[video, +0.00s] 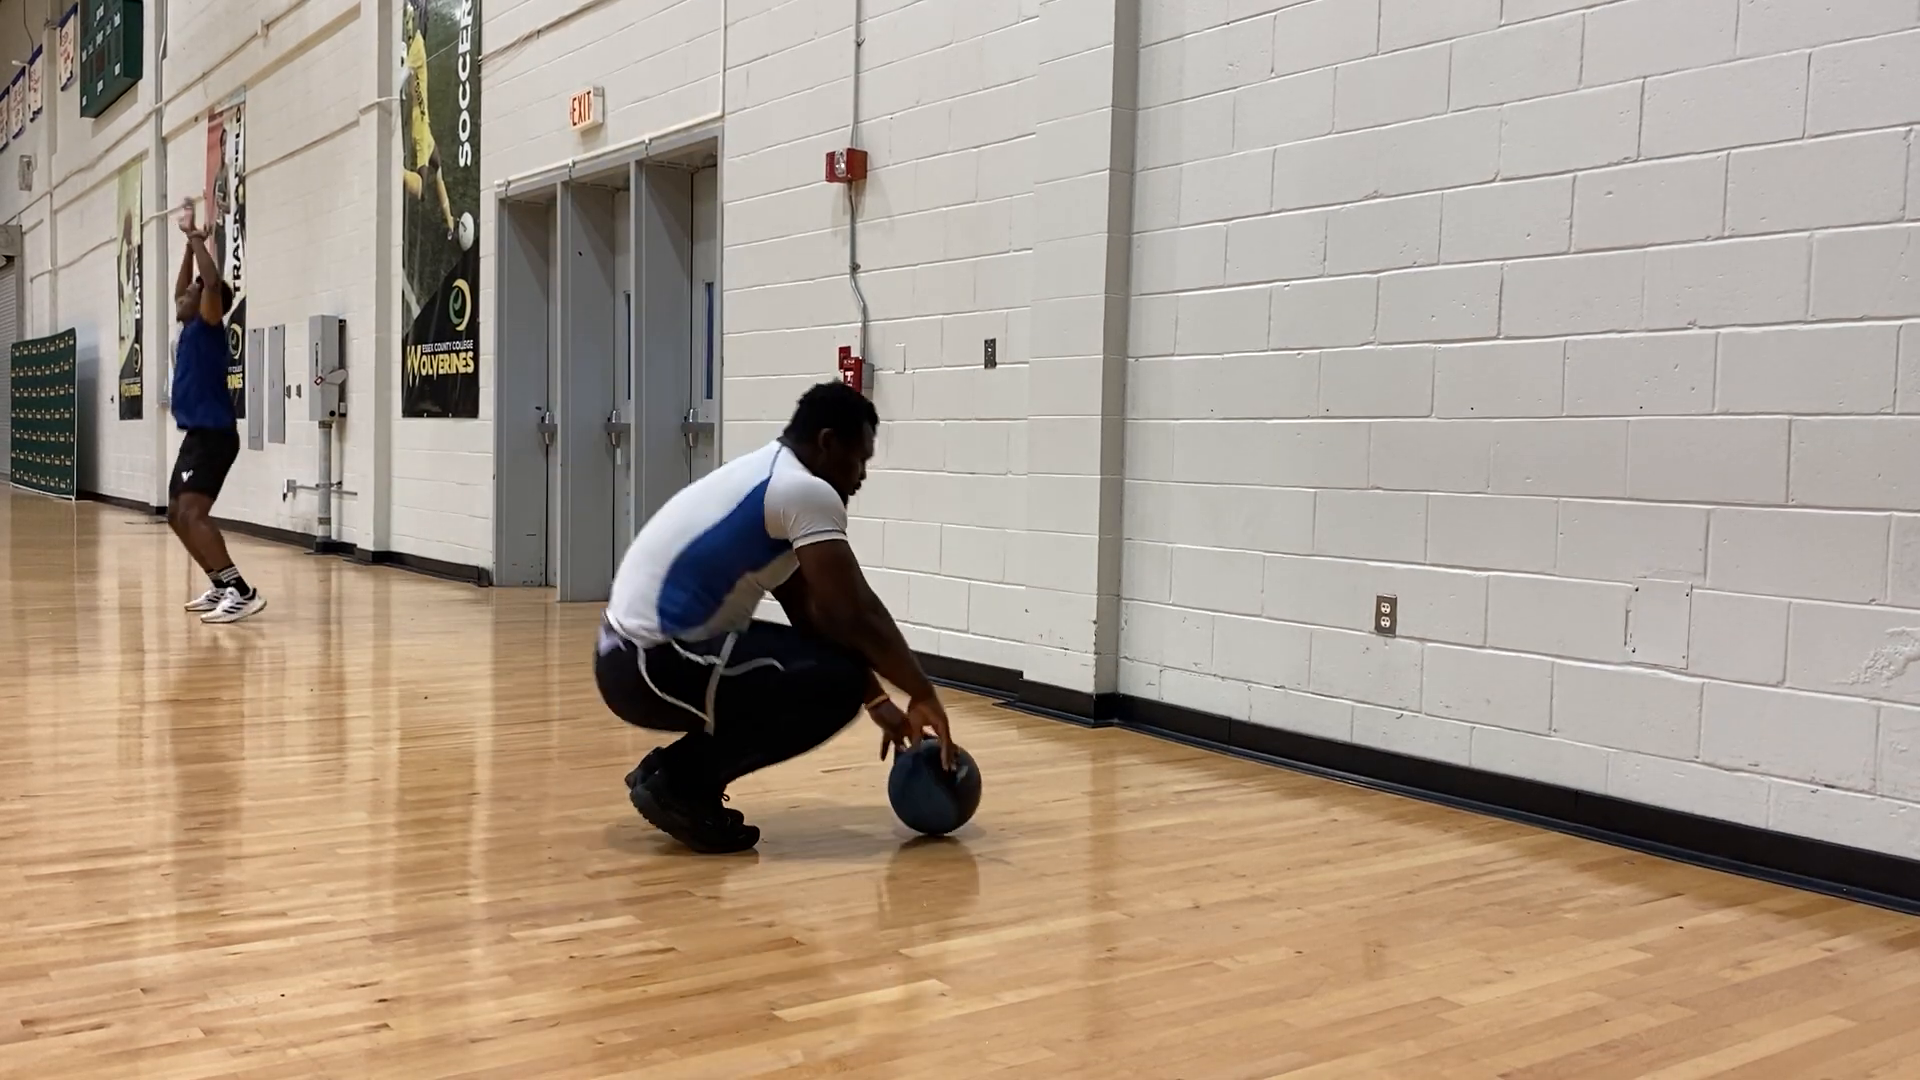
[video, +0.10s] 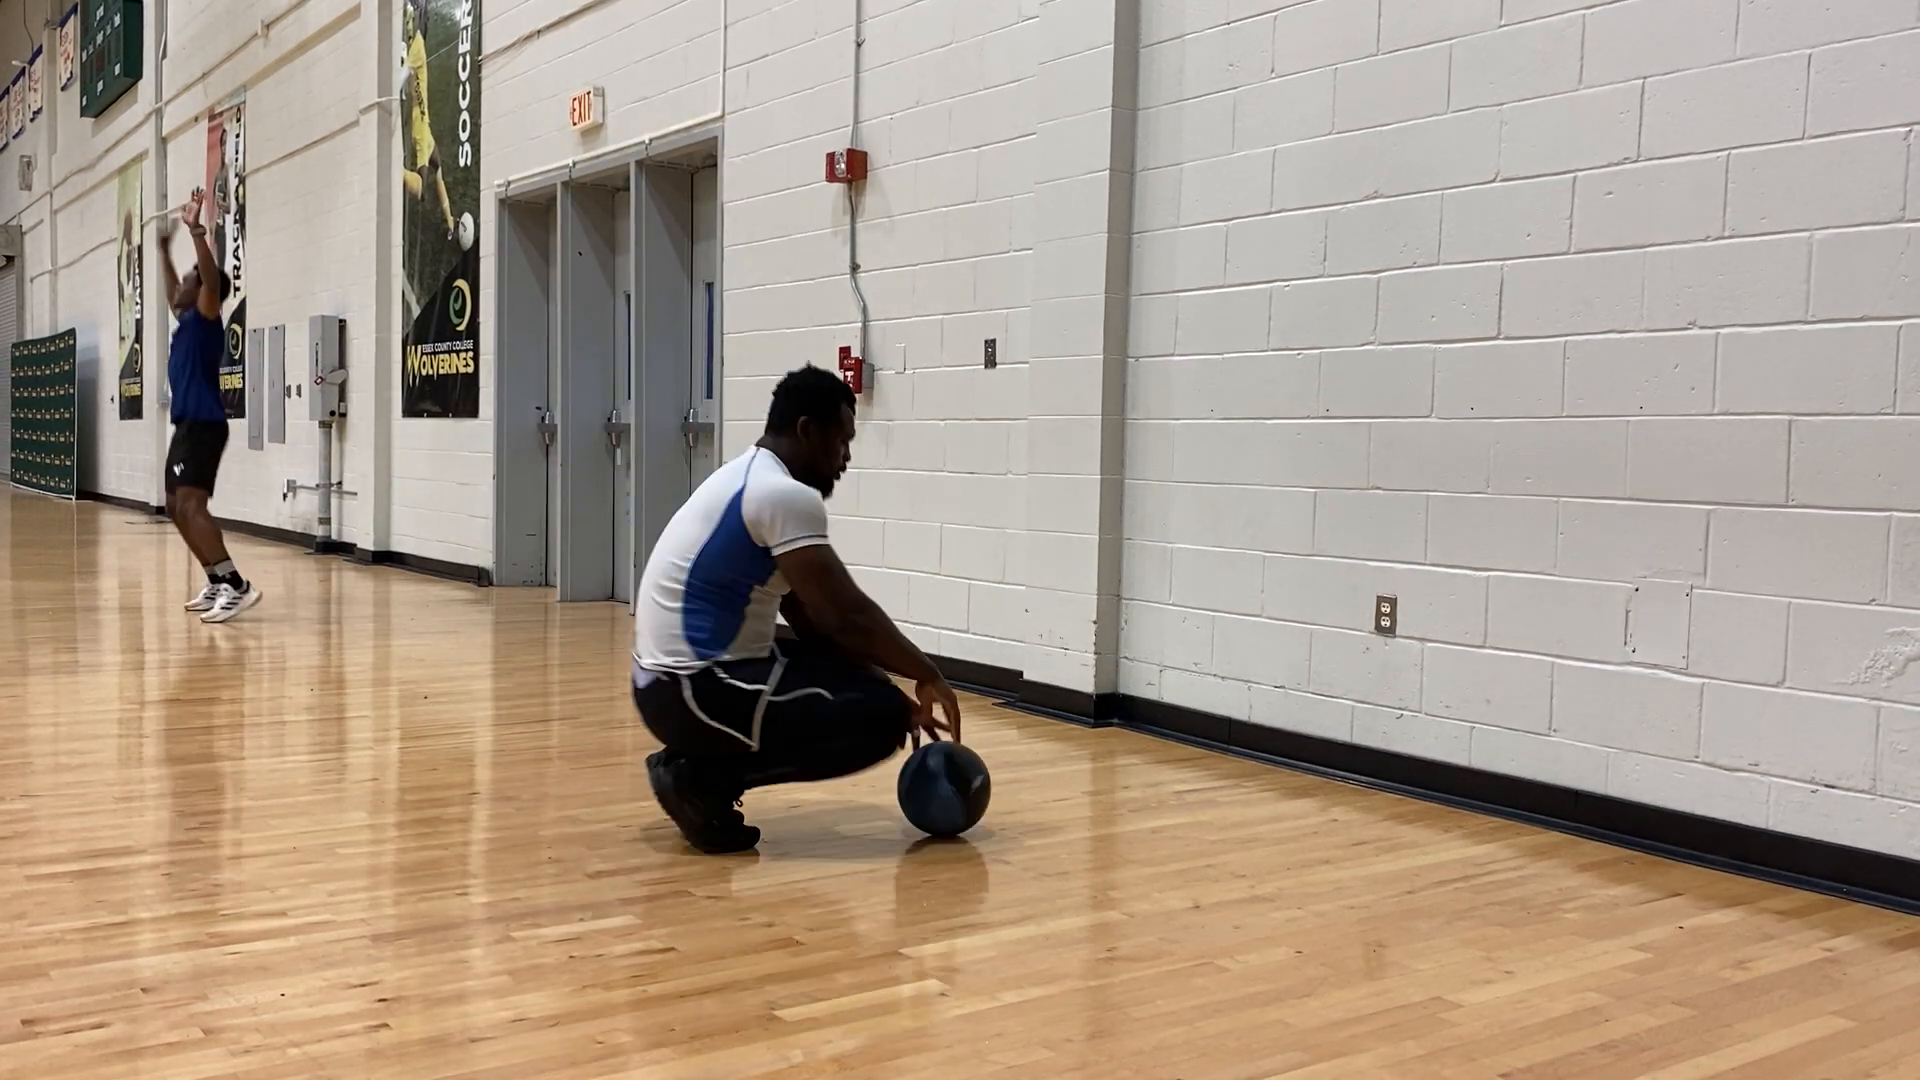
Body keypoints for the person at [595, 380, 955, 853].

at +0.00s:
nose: (863, 475)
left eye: (868, 460)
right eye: (862, 458)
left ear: (816, 440)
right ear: (827, 443)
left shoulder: (765, 474)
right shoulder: (805, 491)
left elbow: (812, 618)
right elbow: (853, 612)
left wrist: (876, 701)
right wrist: (924, 694)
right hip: (656, 664)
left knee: (826, 663)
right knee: (838, 685)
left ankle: (680, 774)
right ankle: (683, 785)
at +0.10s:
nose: (847, 458)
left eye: (849, 444)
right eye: (843, 442)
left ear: (797, 430)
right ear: (805, 430)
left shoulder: (751, 476)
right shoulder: (782, 494)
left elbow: (816, 622)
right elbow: (845, 614)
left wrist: (895, 693)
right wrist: (929, 677)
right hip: (700, 686)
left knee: (867, 688)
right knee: (881, 718)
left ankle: (700, 766)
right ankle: (704, 779)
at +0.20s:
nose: (848, 434)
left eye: (848, 419)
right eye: (842, 418)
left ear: (794, 410)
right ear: (802, 412)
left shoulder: (744, 462)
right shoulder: (776, 480)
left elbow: (802, 615)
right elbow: (810, 612)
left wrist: (876, 673)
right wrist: (903, 668)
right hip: (740, 684)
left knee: (900, 733)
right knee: (909, 762)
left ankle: (722, 765)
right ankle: (722, 777)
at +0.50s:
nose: (907, 409)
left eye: (904, 394)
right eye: (899, 393)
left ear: (854, 397)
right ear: (864, 398)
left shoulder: (783, 467)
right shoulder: (855, 480)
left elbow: (801, 592)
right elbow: (881, 618)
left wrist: (876, 654)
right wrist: (943, 709)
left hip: (780, 684)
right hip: (819, 690)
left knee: (922, 791)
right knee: (938, 826)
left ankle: (750, 755)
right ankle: (761, 776)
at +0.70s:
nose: (964, 419)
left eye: (964, 405)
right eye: (959, 403)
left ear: (910, 399)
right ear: (927, 400)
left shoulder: (848, 453)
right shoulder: (910, 471)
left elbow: (866, 595)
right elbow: (932, 611)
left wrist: (937, 658)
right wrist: (978, 695)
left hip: (807, 661)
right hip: (840, 671)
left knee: (925, 796)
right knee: (944, 823)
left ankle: (761, 754)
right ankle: (768, 764)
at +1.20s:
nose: (1032, 464)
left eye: (1036, 451)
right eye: (1032, 448)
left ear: (985, 424)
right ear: (1007, 428)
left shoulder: (936, 456)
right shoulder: (960, 456)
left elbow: (927, 611)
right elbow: (951, 579)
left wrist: (975, 690)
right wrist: (985, 691)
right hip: (851, 642)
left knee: (919, 787)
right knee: (928, 809)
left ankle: (763, 742)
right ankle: (762, 758)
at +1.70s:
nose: (1041, 493)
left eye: (1044, 479)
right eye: (1038, 477)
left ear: (994, 461)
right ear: (1005, 466)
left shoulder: (953, 509)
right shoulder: (941, 513)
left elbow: (949, 631)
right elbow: (916, 651)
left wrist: (981, 722)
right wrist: (973, 753)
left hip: (836, 658)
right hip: (806, 657)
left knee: (921, 785)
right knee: (882, 823)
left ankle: (757, 766)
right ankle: (711, 777)